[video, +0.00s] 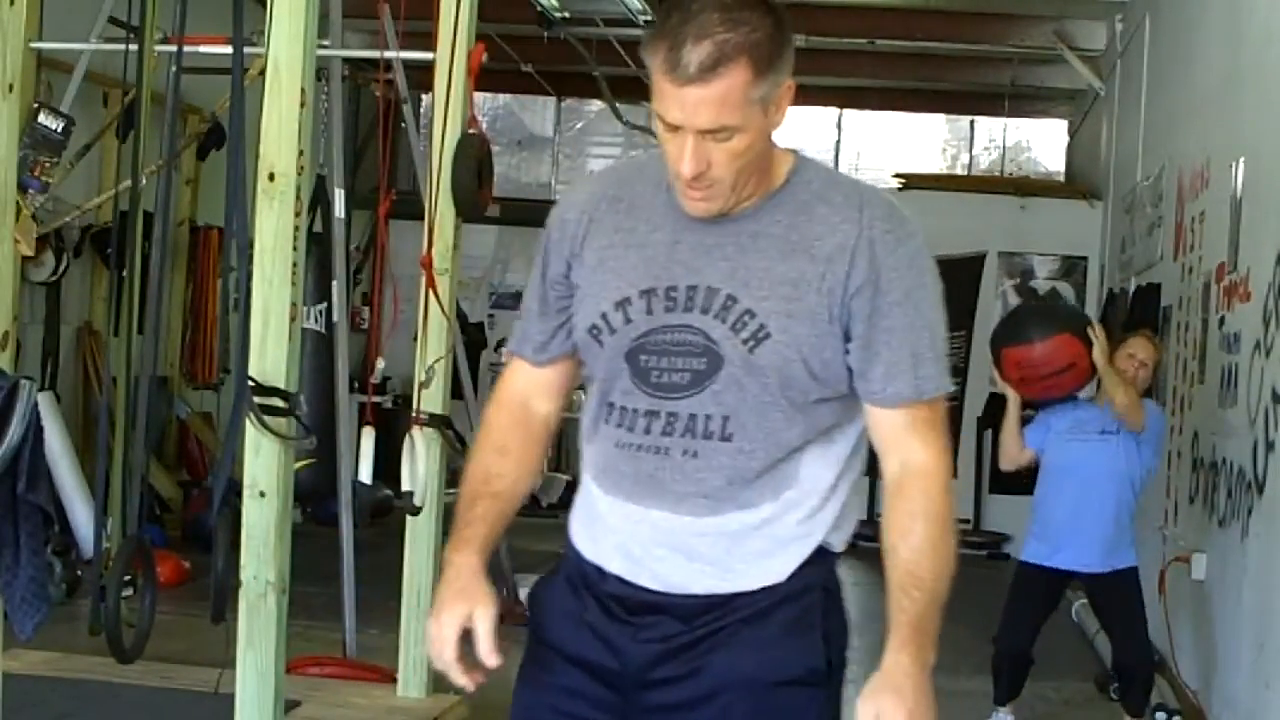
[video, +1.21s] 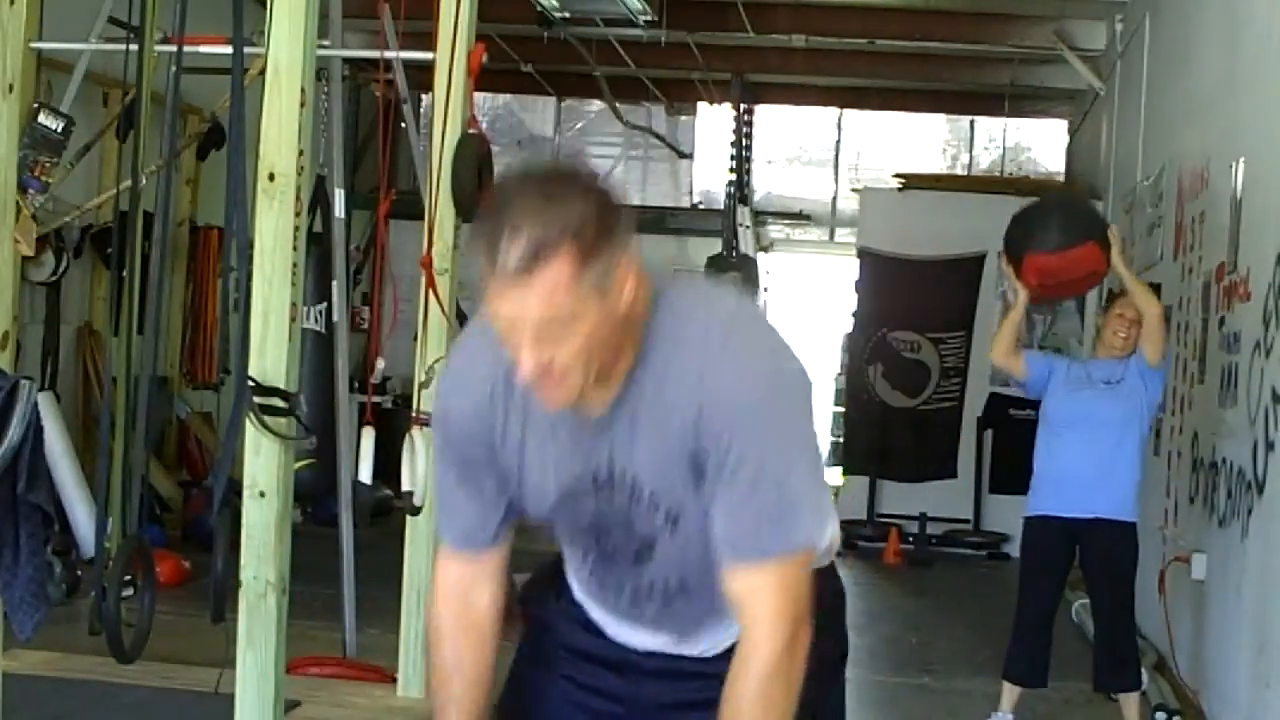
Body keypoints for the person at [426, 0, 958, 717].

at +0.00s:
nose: (688, 164)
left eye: (720, 134)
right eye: (668, 128)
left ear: (780, 104)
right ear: (653, 96)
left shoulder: (865, 235)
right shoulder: (590, 214)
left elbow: (914, 462)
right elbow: (528, 394)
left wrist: (908, 665)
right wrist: (465, 556)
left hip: (760, 635)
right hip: (587, 620)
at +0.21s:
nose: (601, 159)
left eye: (632, 130)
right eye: (581, 126)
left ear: (689, 101)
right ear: (561, 100)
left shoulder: (776, 232)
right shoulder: (498, 221)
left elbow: (831, 456)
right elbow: (439, 405)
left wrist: (829, 649)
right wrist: (380, 568)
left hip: (691, 635)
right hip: (511, 624)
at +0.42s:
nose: (527, 157)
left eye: (553, 125)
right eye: (504, 124)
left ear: (611, 91)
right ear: (479, 98)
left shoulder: (714, 212)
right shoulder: (431, 224)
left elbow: (765, 427)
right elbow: (372, 409)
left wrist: (747, 620)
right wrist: (317, 579)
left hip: (657, 621)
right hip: (479, 616)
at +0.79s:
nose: (550, 196)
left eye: (572, 160)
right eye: (525, 166)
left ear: (635, 120)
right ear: (504, 147)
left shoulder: (757, 238)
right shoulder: (494, 268)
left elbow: (817, 467)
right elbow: (441, 447)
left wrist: (759, 675)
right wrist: (367, 627)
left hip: (728, 636)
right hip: (555, 629)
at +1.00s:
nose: (577, 225)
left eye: (601, 191)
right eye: (553, 196)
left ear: (666, 151)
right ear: (535, 173)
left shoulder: (782, 265)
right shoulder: (528, 277)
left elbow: (830, 508)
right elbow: (490, 471)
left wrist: (772, 707)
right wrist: (439, 662)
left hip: (760, 630)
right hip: (592, 620)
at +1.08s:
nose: (564, 264)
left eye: (590, 230)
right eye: (544, 232)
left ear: (661, 188)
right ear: (526, 204)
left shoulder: (768, 293)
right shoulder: (515, 301)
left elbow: (815, 544)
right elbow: (489, 496)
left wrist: (765, 711)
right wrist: (452, 689)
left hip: (758, 633)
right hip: (597, 622)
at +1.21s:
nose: (528, 367)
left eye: (555, 331)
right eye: (510, 333)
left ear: (625, 288)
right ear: (490, 309)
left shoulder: (739, 366)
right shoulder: (477, 376)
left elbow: (777, 628)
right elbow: (468, 590)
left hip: (752, 638)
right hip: (588, 628)